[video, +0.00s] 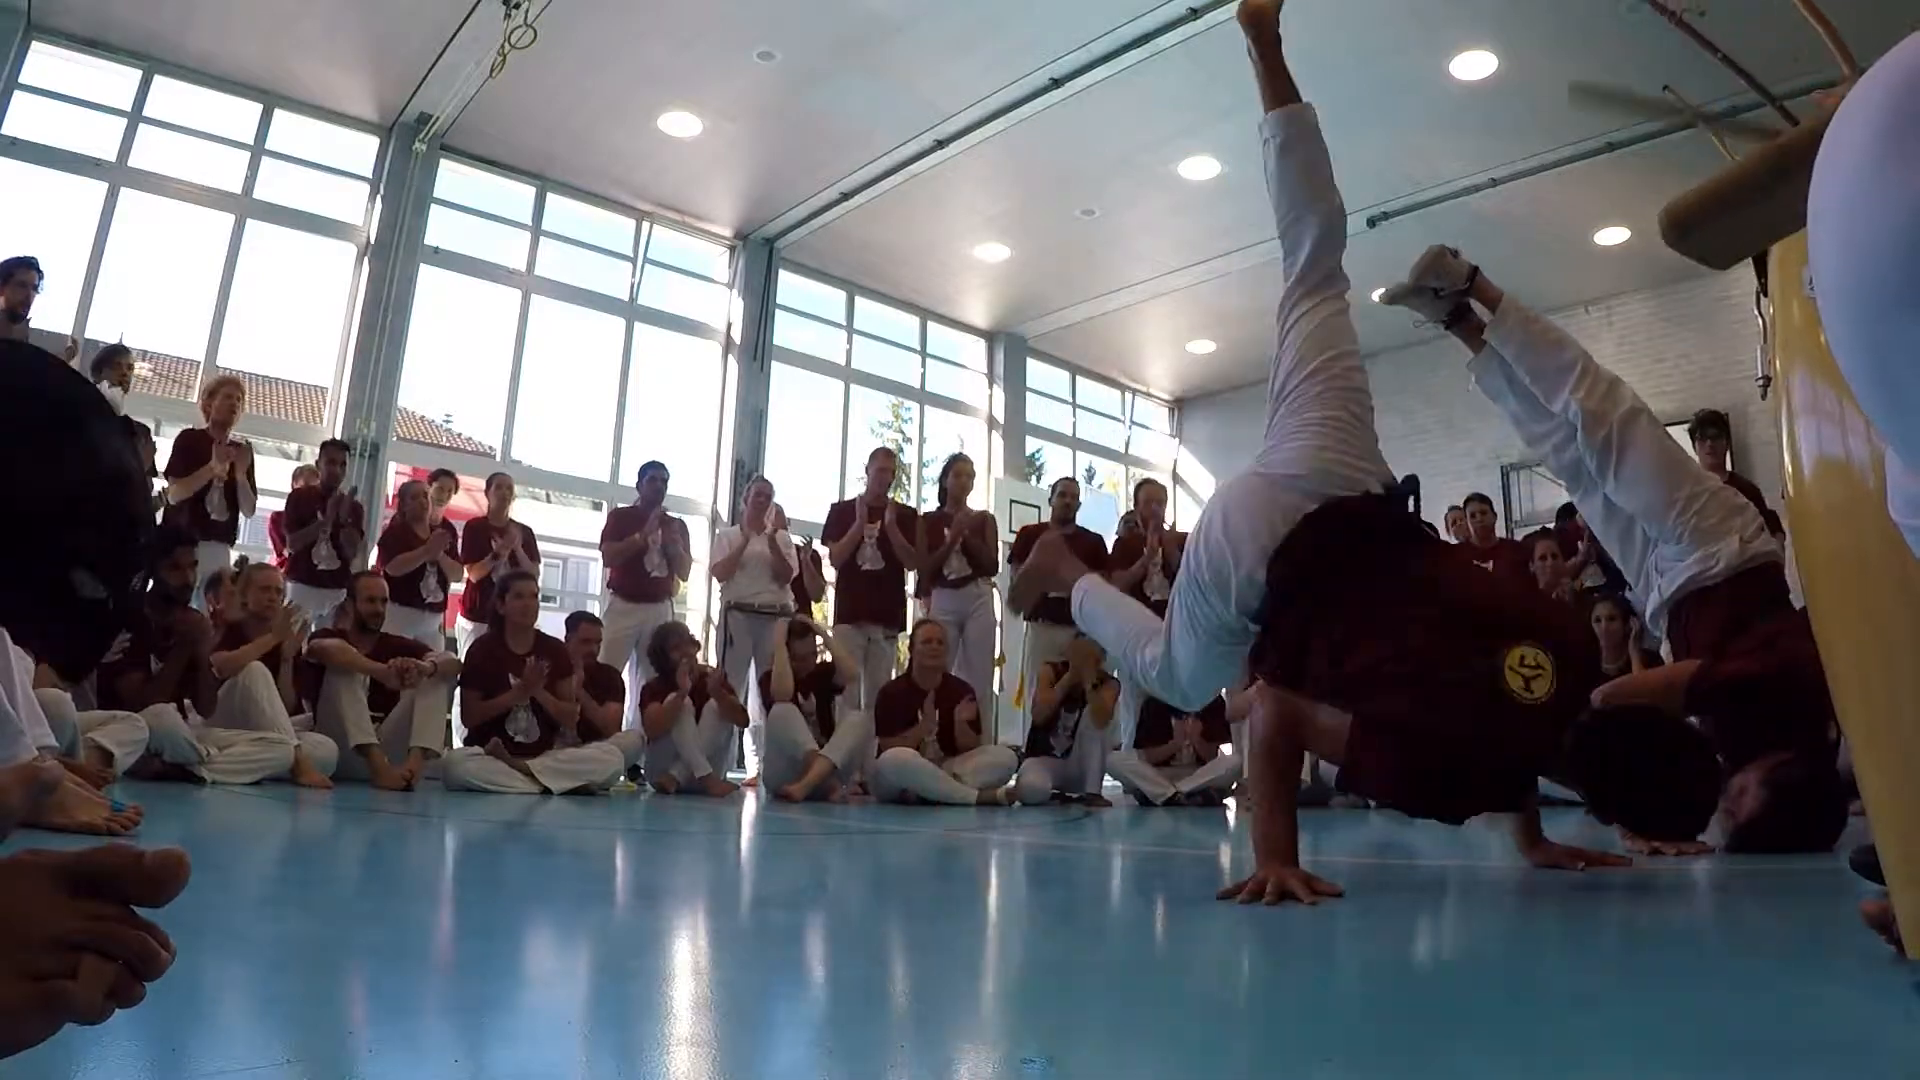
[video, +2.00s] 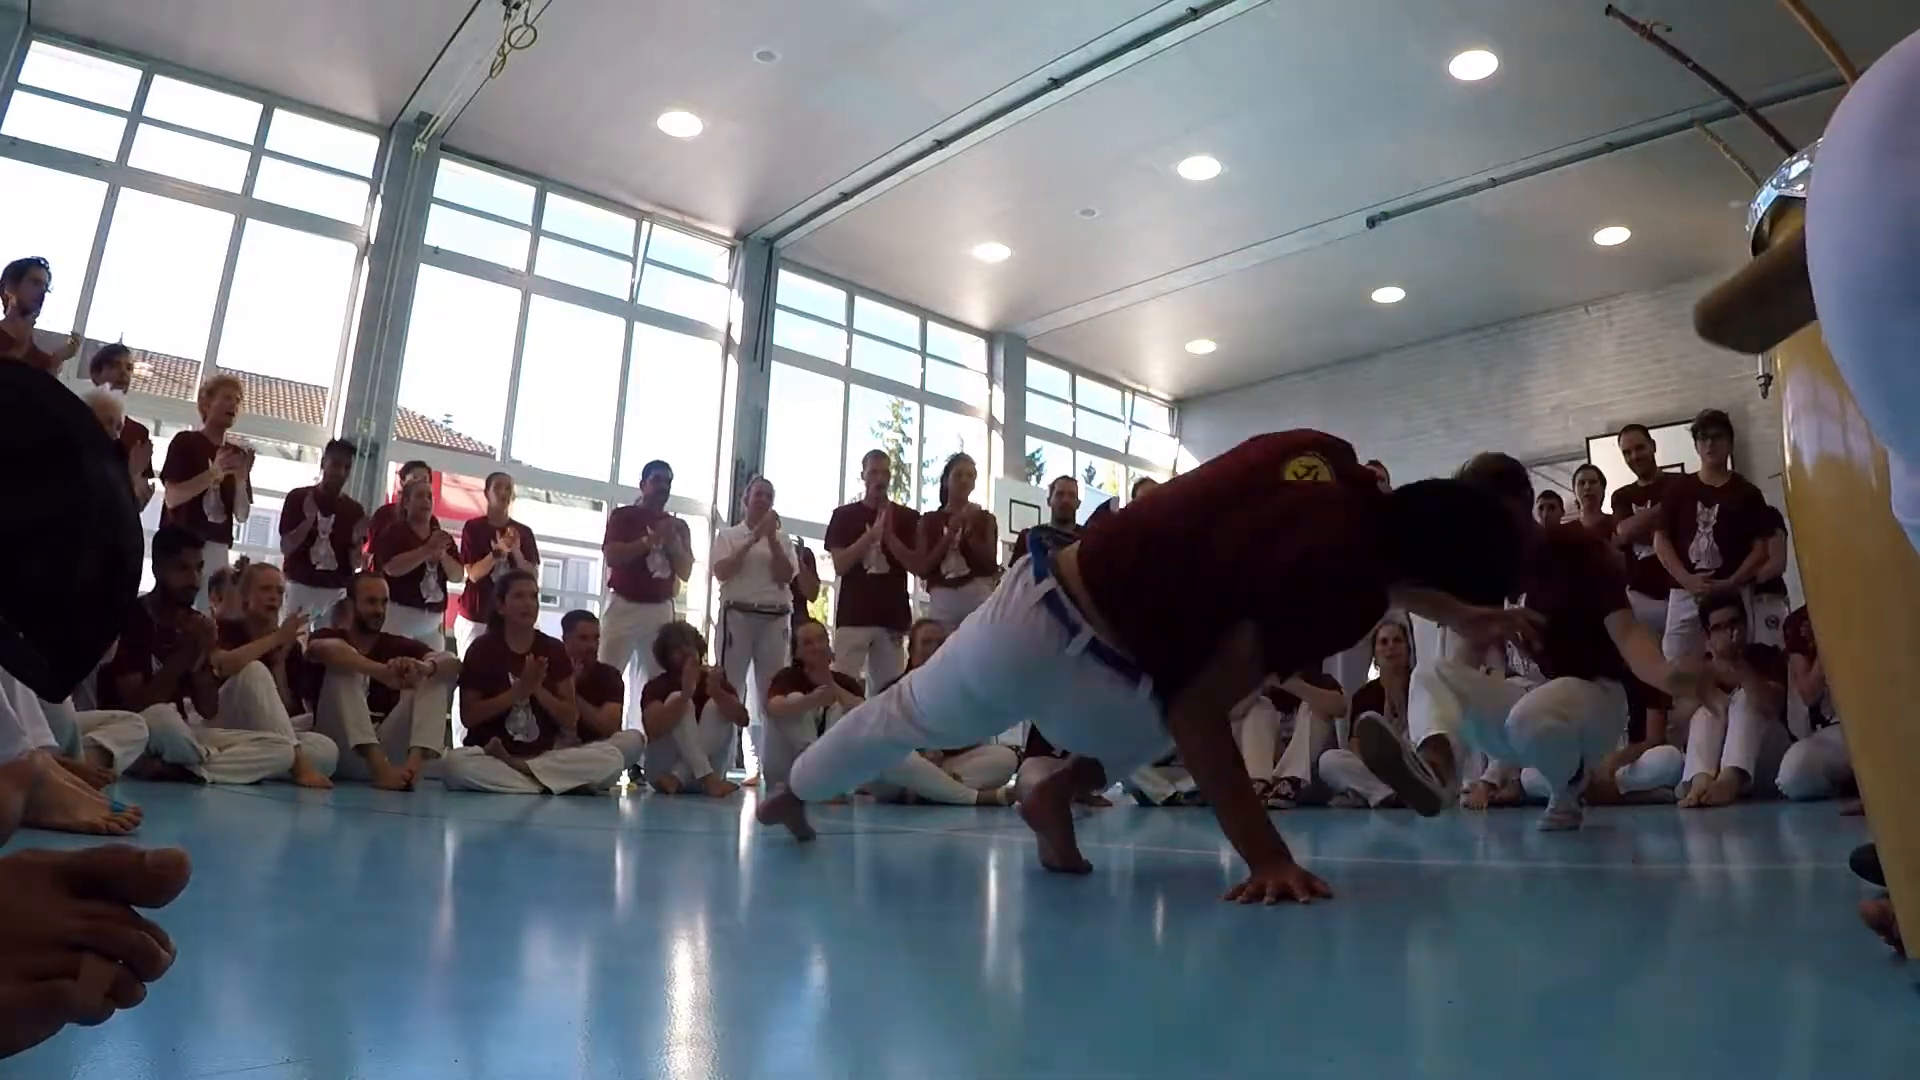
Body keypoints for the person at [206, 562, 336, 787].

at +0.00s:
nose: (272, 597)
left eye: (278, 591)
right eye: (264, 590)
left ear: (283, 597)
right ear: (245, 594)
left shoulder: (287, 640)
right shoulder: (229, 630)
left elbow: (288, 707)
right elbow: (220, 667)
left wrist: (288, 657)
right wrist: (273, 638)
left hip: (269, 732)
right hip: (224, 723)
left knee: (326, 751)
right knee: (254, 671)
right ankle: (298, 761)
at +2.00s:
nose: (274, 597)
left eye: (279, 591)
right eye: (266, 589)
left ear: (284, 597)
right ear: (246, 595)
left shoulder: (291, 646)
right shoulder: (224, 630)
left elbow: (293, 711)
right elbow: (222, 666)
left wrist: (279, 664)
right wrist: (278, 637)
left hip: (273, 733)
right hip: (224, 726)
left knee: (326, 752)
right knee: (253, 671)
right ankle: (298, 762)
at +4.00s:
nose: (276, 597)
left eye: (280, 591)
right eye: (268, 590)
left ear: (285, 597)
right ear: (244, 599)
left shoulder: (286, 645)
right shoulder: (226, 629)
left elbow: (291, 711)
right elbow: (222, 662)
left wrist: (301, 660)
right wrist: (281, 642)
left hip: (268, 733)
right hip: (222, 725)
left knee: (327, 751)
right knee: (253, 671)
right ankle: (298, 761)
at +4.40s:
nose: (291, 599)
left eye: (294, 594)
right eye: (283, 591)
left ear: (297, 600)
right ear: (257, 599)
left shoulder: (295, 650)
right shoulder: (234, 629)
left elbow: (302, 720)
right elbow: (236, 659)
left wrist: (314, 675)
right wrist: (302, 658)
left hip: (270, 734)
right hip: (224, 726)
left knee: (327, 752)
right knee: (253, 674)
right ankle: (299, 762)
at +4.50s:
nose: (295, 601)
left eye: (298, 596)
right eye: (287, 594)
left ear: (301, 601)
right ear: (262, 600)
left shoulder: (298, 654)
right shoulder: (233, 631)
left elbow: (301, 724)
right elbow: (239, 665)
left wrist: (322, 694)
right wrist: (305, 658)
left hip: (269, 736)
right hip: (222, 727)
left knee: (326, 753)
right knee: (253, 678)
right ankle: (298, 762)